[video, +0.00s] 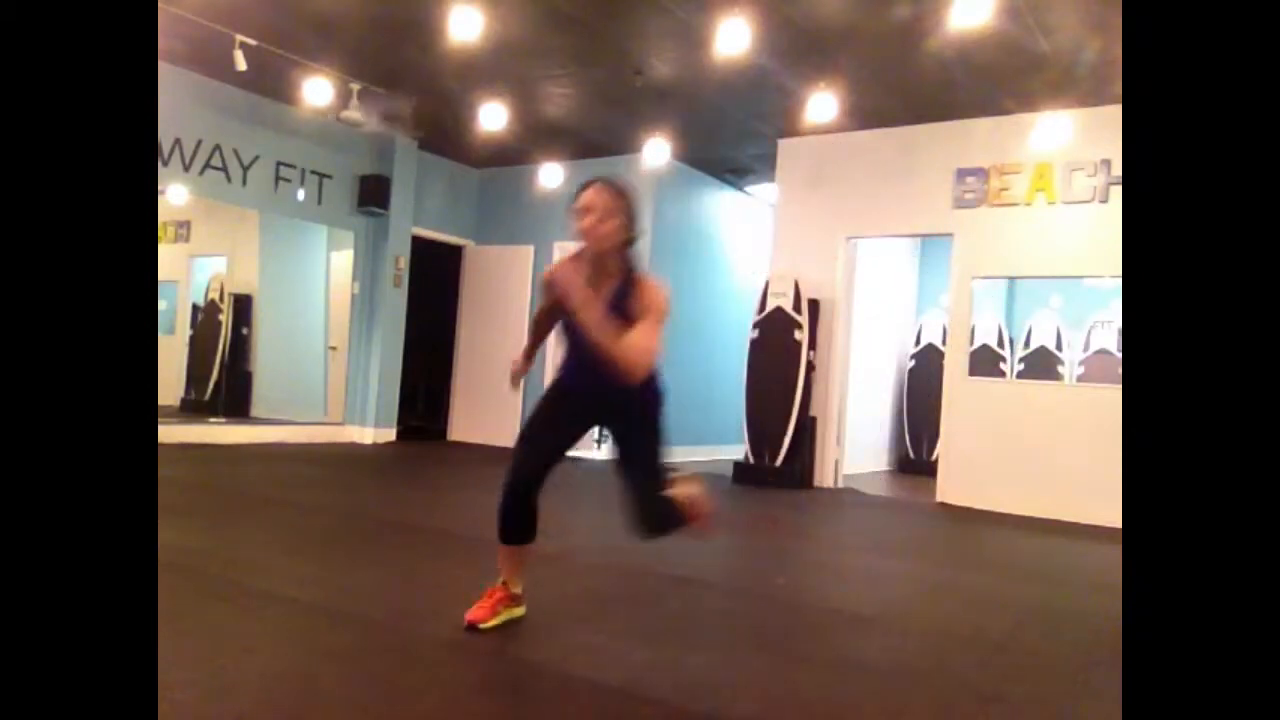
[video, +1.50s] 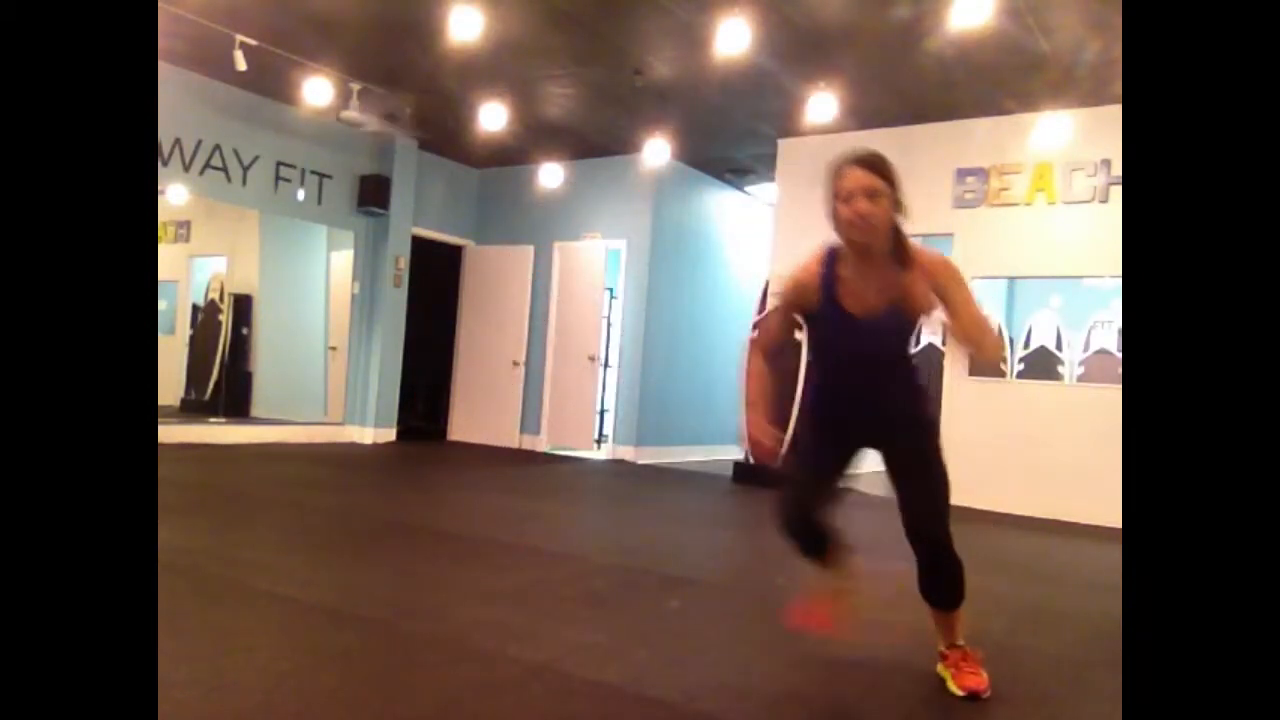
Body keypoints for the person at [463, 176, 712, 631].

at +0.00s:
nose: (590, 223)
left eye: (602, 215)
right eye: (583, 214)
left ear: (626, 225)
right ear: (575, 222)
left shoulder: (647, 293)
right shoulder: (564, 277)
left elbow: (634, 364)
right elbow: (547, 318)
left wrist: (581, 299)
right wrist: (528, 356)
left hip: (632, 399)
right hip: (575, 390)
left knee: (650, 518)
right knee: (521, 478)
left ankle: (689, 500)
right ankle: (510, 590)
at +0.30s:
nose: (521, 271)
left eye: (537, 263)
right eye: (515, 260)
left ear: (564, 278)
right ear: (505, 268)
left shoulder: (586, 337)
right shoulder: (503, 322)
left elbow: (559, 433)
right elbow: (522, 386)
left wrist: (500, 362)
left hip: (598, 425)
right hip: (540, 410)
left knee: (547, 542)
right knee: (496, 484)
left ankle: (520, 524)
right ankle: (505, 589)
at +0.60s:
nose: (647, 181)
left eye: (660, 172)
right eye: (639, 170)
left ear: (679, 184)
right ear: (626, 180)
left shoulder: (692, 246)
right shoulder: (606, 235)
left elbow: (694, 298)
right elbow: (555, 296)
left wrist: (635, 247)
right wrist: (547, 283)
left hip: (665, 380)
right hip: (606, 372)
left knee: (685, 474)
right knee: (542, 475)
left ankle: (721, 526)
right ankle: (514, 588)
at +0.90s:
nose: (828, 176)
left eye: (838, 164)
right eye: (815, 167)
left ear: (858, 173)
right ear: (797, 178)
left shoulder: (886, 238)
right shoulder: (782, 247)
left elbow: (961, 300)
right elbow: (744, 329)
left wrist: (953, 371)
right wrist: (775, 285)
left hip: (848, 385)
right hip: (780, 380)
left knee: (896, 503)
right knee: (734, 443)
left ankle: (951, 636)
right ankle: (678, 503)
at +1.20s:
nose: (925, 270)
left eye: (937, 257)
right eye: (911, 259)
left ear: (956, 268)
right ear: (891, 273)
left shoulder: (969, 324)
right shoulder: (862, 341)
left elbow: (957, 358)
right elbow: (888, 446)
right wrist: (918, 376)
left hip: (938, 439)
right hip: (878, 459)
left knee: (949, 553)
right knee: (912, 580)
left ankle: (956, 651)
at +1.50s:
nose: (859, 208)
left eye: (872, 196)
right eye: (847, 198)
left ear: (894, 207)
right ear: (833, 211)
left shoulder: (928, 272)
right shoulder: (811, 278)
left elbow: (990, 350)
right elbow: (761, 347)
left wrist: (955, 314)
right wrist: (758, 418)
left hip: (899, 409)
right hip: (830, 410)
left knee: (930, 532)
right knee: (796, 515)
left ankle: (953, 647)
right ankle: (841, 571)